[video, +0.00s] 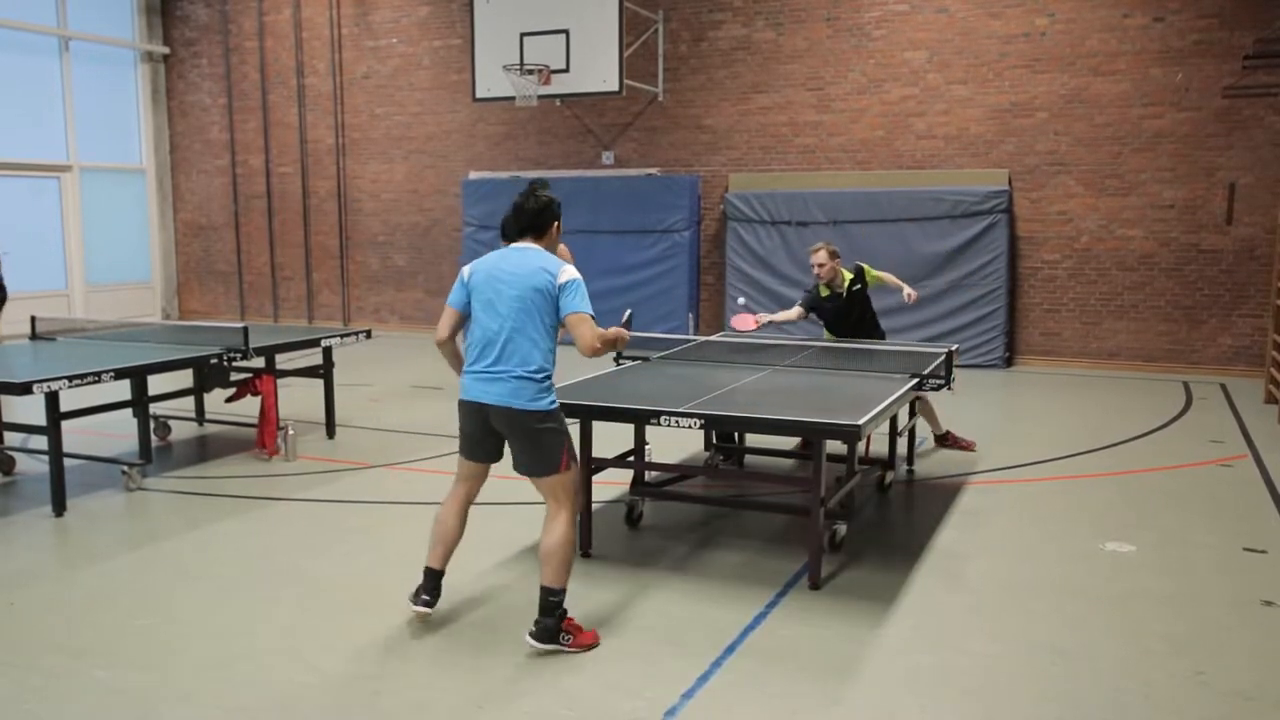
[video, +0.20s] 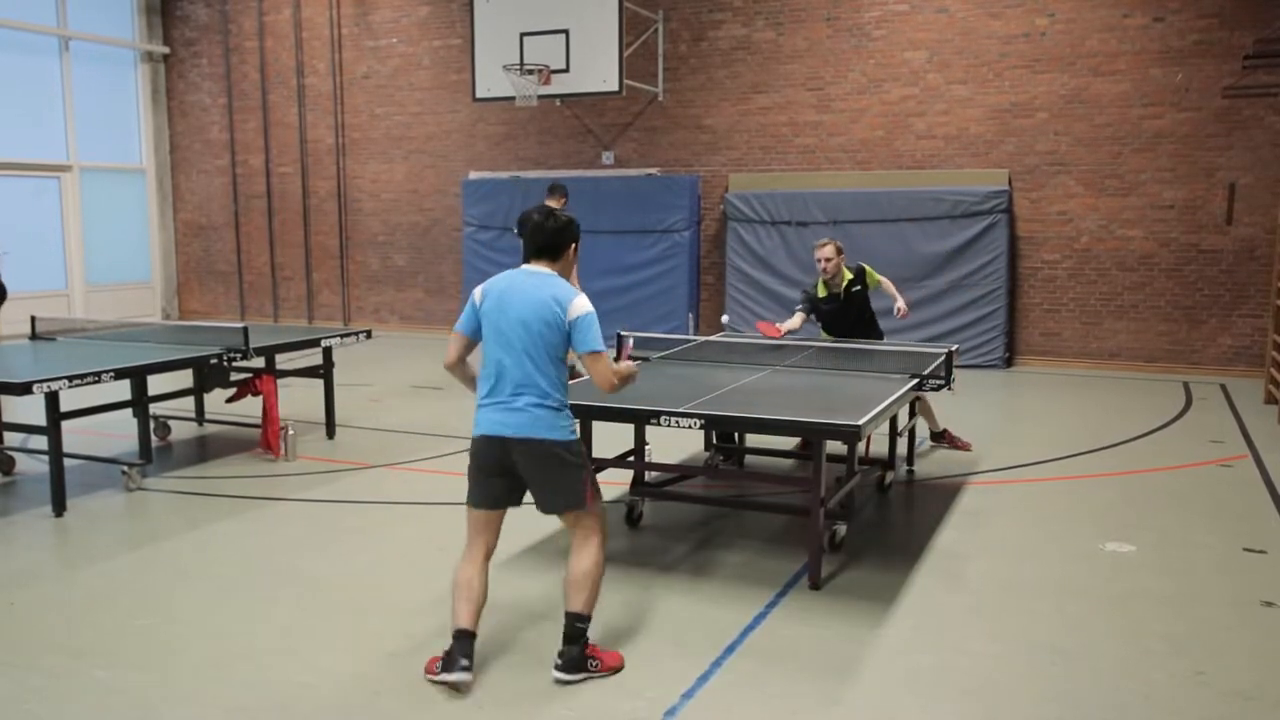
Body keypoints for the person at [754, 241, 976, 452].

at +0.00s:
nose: (816, 272)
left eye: (820, 266)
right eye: (813, 267)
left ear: (836, 263)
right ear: (813, 270)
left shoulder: (857, 273)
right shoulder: (816, 294)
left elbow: (882, 278)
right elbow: (796, 313)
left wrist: (904, 287)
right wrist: (769, 317)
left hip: (877, 349)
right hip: (840, 354)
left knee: (915, 390)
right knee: (821, 392)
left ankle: (941, 435)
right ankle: (809, 439)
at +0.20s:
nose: (823, 266)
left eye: (828, 260)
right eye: (819, 261)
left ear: (841, 259)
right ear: (815, 263)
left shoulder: (859, 272)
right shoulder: (813, 292)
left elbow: (882, 282)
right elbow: (798, 320)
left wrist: (898, 299)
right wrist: (783, 326)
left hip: (874, 349)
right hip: (836, 353)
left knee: (912, 386)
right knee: (821, 391)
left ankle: (937, 431)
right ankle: (811, 437)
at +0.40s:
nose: (853, 254)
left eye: (859, 248)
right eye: (849, 249)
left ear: (871, 249)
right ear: (845, 252)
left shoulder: (890, 269)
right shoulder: (839, 281)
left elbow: (919, 289)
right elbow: (829, 314)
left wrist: (916, 305)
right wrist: (817, 324)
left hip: (894, 350)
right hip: (856, 352)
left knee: (927, 386)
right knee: (826, 388)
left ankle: (937, 433)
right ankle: (810, 439)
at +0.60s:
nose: (868, 237)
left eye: (873, 231)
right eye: (864, 232)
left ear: (886, 231)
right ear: (860, 234)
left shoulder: (908, 250)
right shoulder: (858, 262)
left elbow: (935, 276)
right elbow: (851, 292)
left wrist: (919, 298)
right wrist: (841, 308)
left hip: (909, 325)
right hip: (873, 324)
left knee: (931, 375)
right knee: (848, 366)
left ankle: (940, 429)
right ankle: (858, 428)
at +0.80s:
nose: (870, 256)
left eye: (875, 250)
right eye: (866, 251)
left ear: (887, 249)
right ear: (862, 253)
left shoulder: (906, 265)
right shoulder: (859, 276)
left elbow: (936, 288)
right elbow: (843, 307)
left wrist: (911, 307)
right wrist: (846, 327)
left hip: (912, 337)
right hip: (875, 335)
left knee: (940, 379)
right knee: (853, 377)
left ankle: (961, 429)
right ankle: (861, 432)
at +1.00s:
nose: (852, 271)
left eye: (856, 265)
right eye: (848, 267)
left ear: (870, 263)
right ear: (846, 268)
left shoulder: (889, 277)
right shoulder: (850, 291)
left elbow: (896, 307)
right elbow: (844, 321)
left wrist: (858, 317)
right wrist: (822, 342)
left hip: (912, 341)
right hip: (878, 344)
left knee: (941, 385)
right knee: (859, 384)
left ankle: (961, 430)